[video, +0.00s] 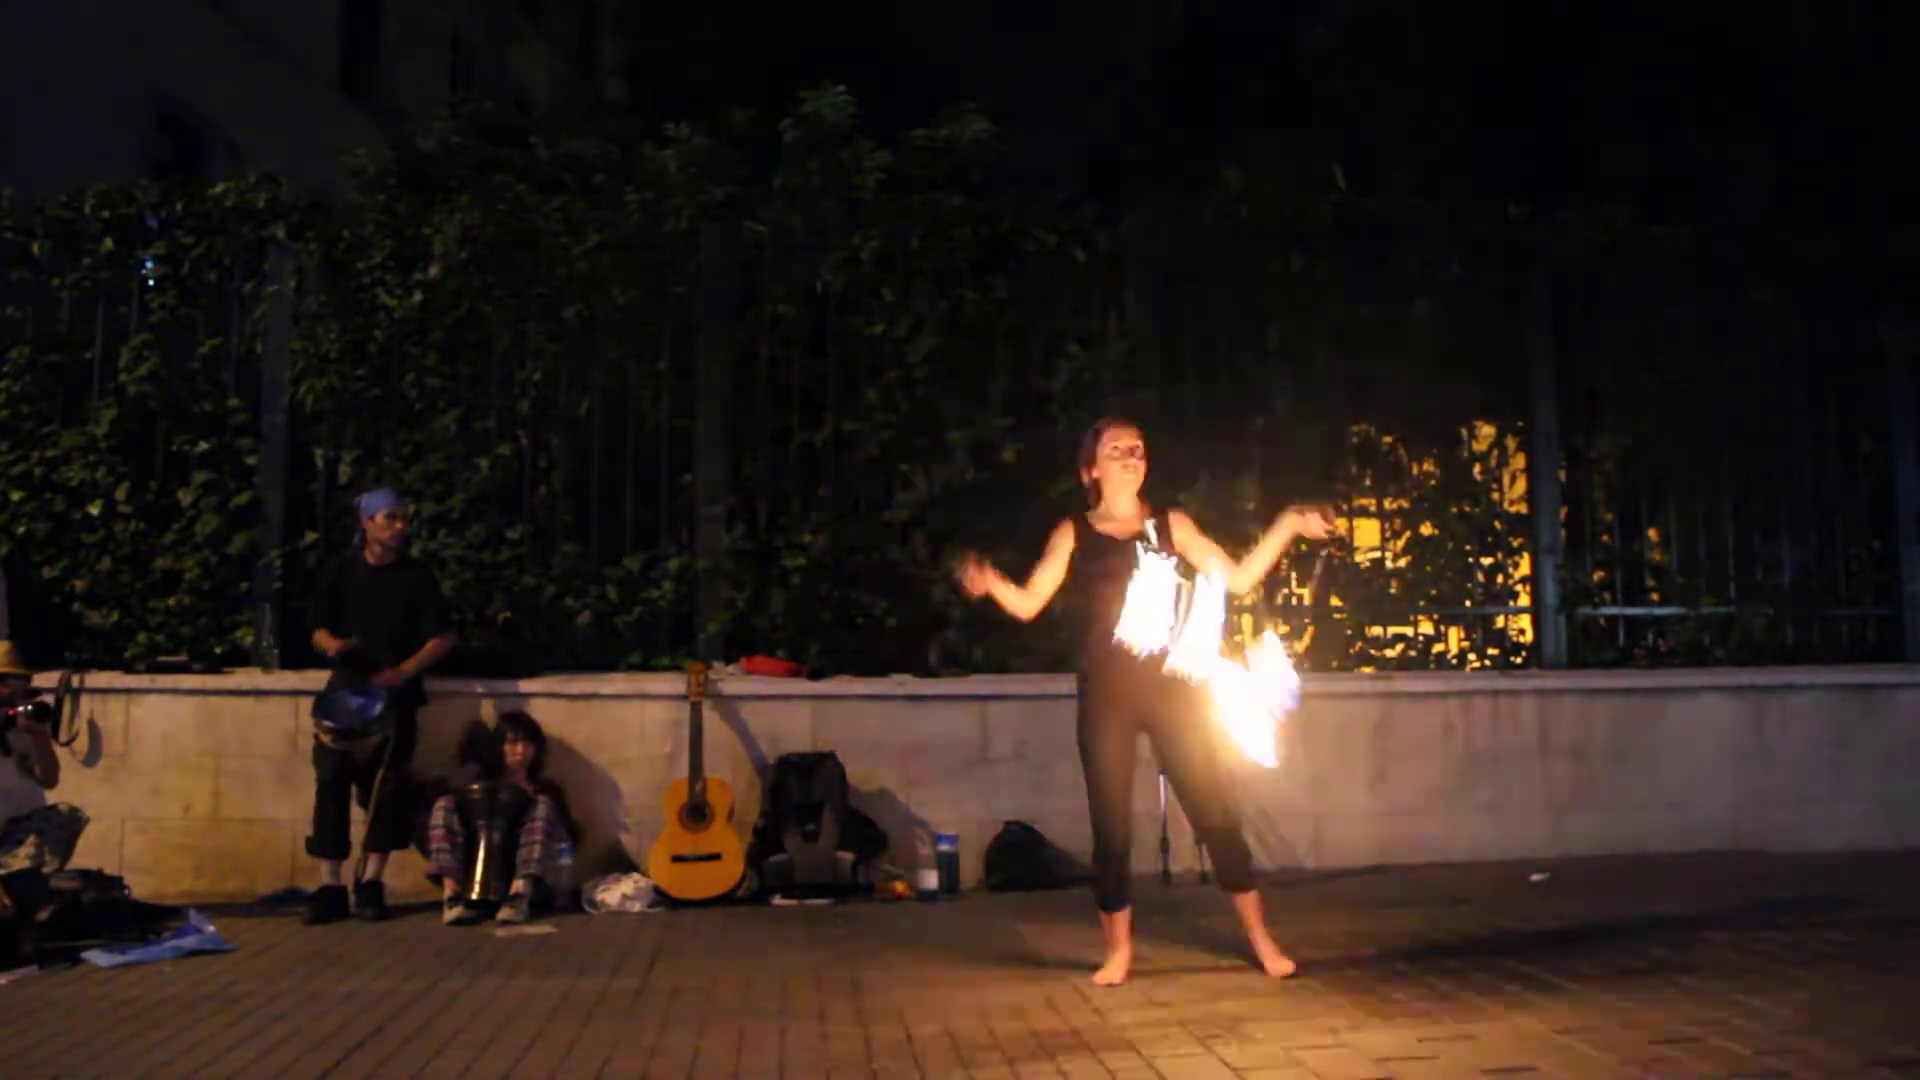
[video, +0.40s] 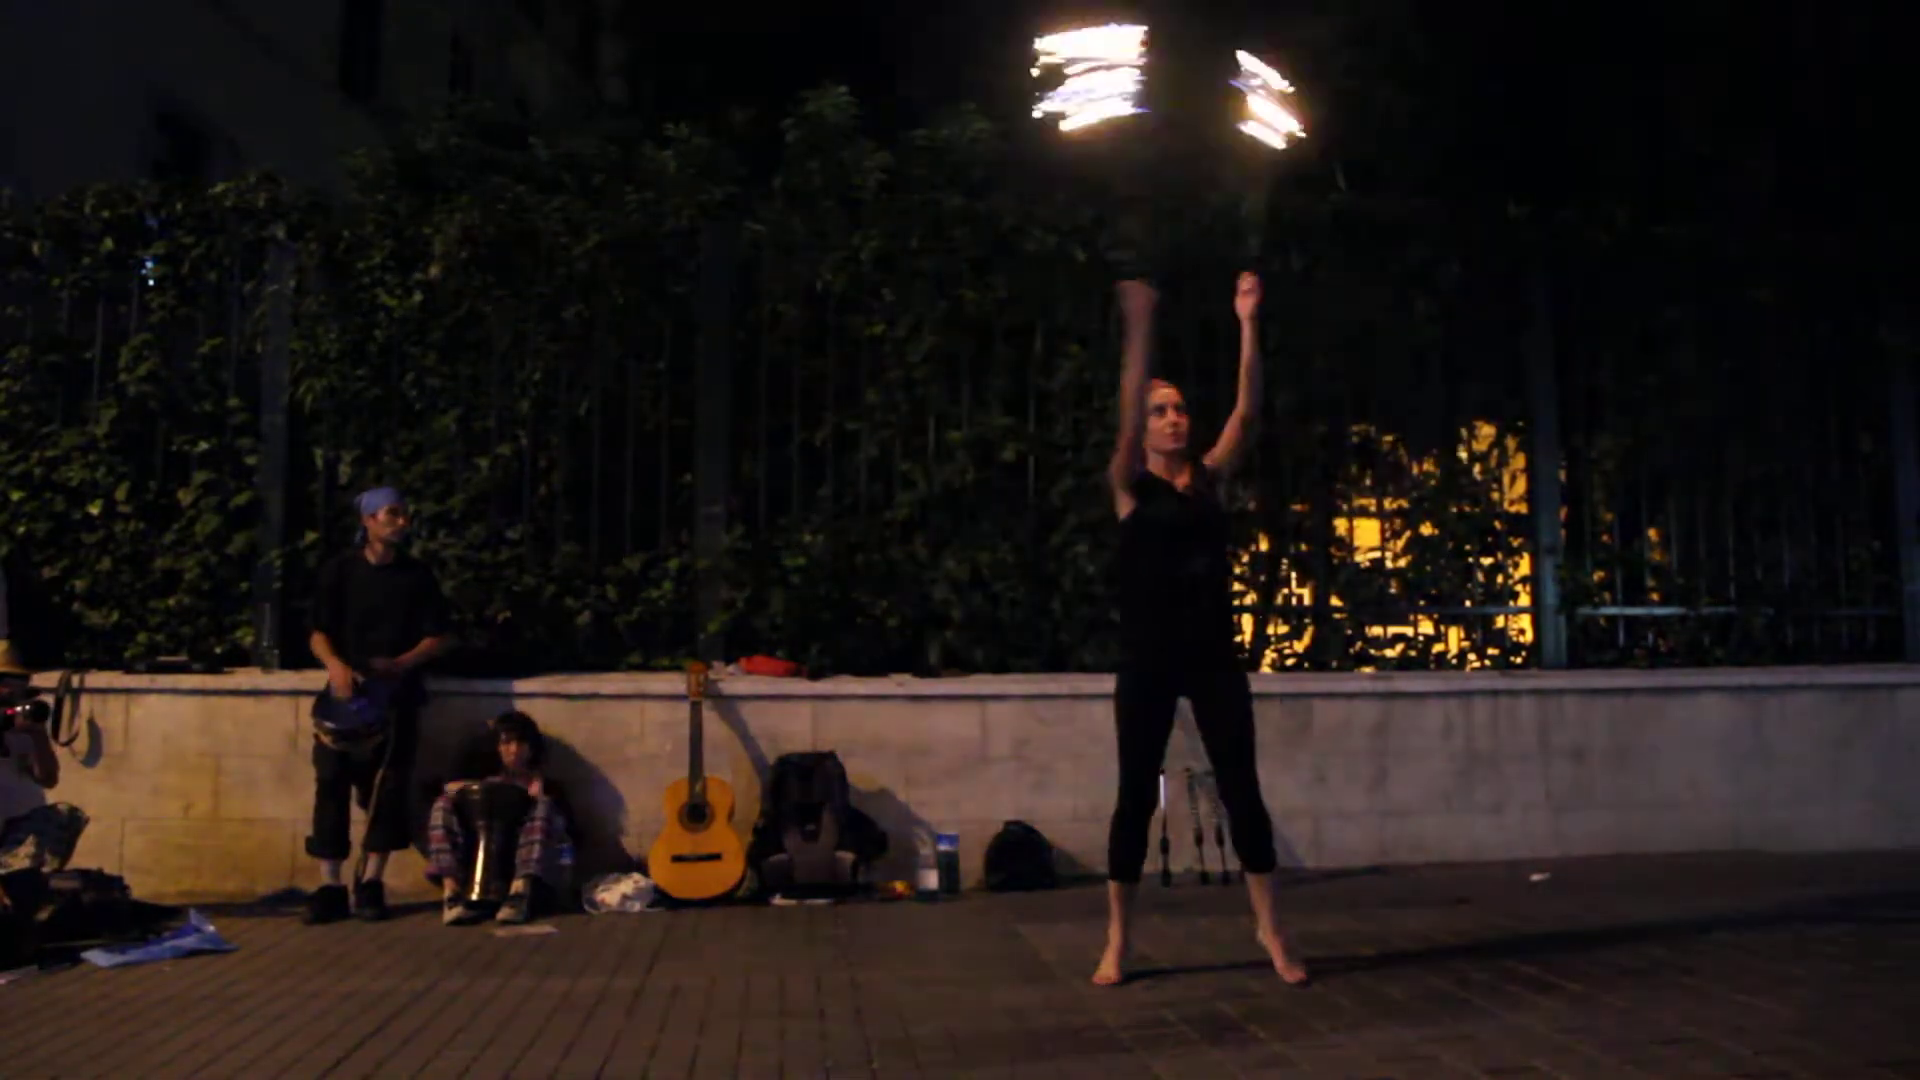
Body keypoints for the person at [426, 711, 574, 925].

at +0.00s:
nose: (520, 750)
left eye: (526, 743)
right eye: (512, 742)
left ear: (536, 749)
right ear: (498, 747)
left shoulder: (547, 790)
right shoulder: (480, 788)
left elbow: (566, 840)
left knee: (541, 806)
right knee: (444, 805)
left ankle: (520, 893)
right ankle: (451, 893)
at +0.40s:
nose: (514, 750)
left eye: (521, 743)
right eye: (507, 743)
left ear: (532, 749)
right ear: (498, 748)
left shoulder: (546, 788)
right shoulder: (484, 787)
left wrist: (541, 800)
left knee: (542, 809)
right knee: (442, 806)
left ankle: (520, 891)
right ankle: (451, 893)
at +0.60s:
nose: (511, 752)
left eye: (518, 744)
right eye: (505, 744)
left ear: (531, 749)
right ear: (496, 746)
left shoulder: (547, 786)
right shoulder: (483, 777)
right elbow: (440, 774)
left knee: (544, 806)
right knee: (443, 805)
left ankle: (520, 892)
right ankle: (451, 892)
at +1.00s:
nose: (518, 747)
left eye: (527, 742)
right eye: (513, 738)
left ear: (536, 750)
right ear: (503, 742)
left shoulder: (547, 787)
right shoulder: (480, 770)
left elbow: (568, 835)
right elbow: (431, 790)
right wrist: (467, 755)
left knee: (542, 807)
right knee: (444, 805)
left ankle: (520, 893)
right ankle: (451, 892)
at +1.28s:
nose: (520, 748)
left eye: (530, 744)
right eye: (517, 739)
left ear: (537, 753)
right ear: (506, 741)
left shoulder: (547, 788)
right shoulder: (481, 774)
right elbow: (438, 783)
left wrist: (536, 798)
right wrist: (468, 763)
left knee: (541, 807)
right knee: (444, 805)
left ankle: (520, 893)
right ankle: (451, 893)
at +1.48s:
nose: (523, 751)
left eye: (532, 747)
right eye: (520, 741)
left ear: (540, 755)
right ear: (509, 744)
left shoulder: (548, 788)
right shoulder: (487, 780)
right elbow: (450, 790)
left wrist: (542, 797)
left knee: (541, 809)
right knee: (444, 804)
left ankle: (520, 892)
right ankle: (450, 892)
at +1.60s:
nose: (522, 752)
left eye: (531, 748)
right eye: (519, 742)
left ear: (539, 756)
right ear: (509, 743)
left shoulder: (542, 782)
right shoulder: (485, 767)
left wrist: (542, 796)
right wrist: (460, 767)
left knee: (540, 807)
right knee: (443, 805)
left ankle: (520, 891)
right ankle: (450, 893)